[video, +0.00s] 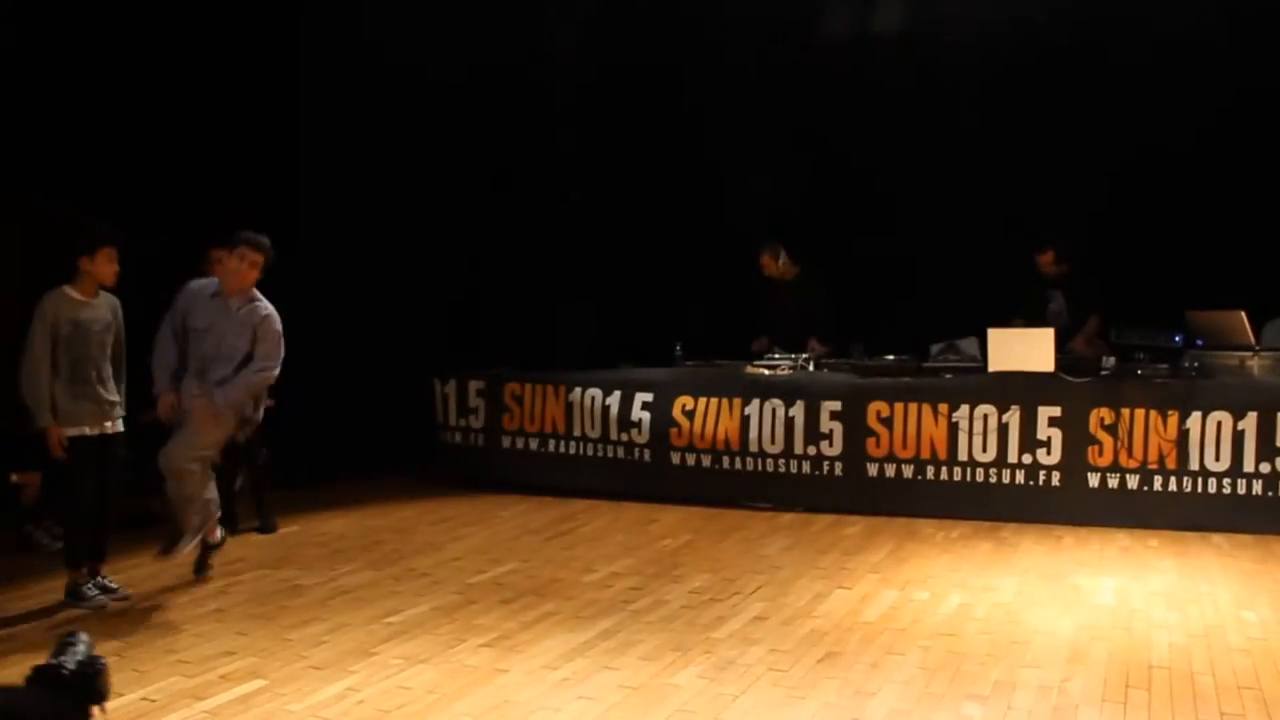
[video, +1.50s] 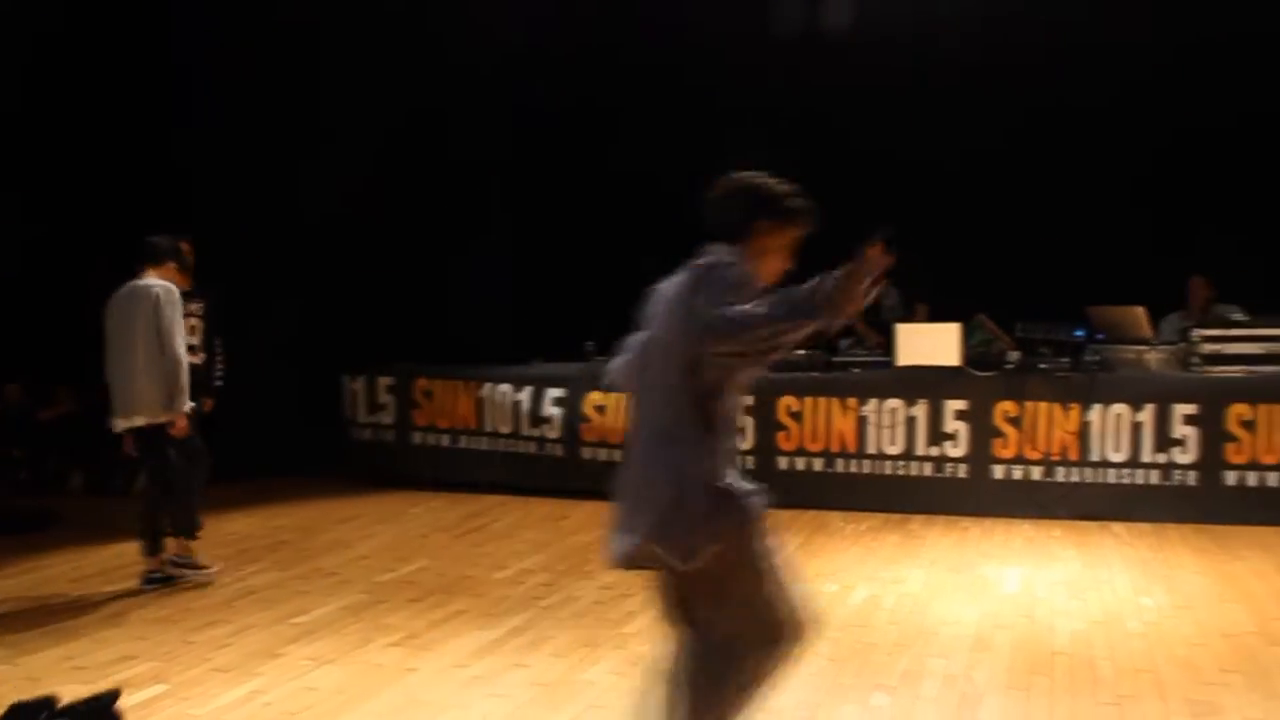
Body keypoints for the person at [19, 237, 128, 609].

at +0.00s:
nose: (115, 269)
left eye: (115, 262)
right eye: (108, 262)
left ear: (106, 267)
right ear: (85, 264)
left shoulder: (112, 306)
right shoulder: (54, 306)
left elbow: (117, 362)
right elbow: (37, 368)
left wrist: (118, 406)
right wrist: (48, 423)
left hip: (109, 426)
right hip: (71, 431)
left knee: (105, 503)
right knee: (77, 505)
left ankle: (97, 573)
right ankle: (77, 579)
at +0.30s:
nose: (135, 272)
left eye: (138, 264)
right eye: (127, 263)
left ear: (139, 269)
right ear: (106, 265)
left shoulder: (132, 310)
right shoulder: (76, 305)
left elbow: (135, 366)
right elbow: (52, 363)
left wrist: (138, 417)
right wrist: (56, 420)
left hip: (116, 426)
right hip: (79, 428)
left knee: (117, 503)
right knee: (83, 507)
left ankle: (110, 574)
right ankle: (79, 577)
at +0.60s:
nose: (157, 253)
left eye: (163, 246)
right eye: (149, 245)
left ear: (168, 252)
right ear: (132, 248)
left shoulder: (164, 296)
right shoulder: (113, 290)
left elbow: (166, 356)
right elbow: (94, 348)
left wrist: (165, 403)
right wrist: (94, 405)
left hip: (150, 413)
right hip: (117, 415)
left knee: (136, 493)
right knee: (125, 493)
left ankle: (119, 566)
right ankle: (116, 567)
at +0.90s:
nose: (207, 268)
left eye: (210, 259)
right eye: (201, 258)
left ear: (208, 262)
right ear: (181, 258)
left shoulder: (186, 304)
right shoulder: (160, 300)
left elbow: (179, 372)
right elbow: (144, 360)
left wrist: (193, 422)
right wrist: (143, 418)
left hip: (184, 422)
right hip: (164, 425)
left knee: (187, 490)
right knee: (174, 495)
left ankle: (149, 543)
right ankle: (167, 572)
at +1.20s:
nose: (217, 264)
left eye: (218, 256)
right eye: (213, 255)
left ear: (195, 255)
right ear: (194, 253)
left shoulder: (174, 292)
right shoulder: (185, 291)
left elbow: (167, 360)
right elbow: (189, 353)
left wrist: (162, 417)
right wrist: (198, 407)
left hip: (181, 414)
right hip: (182, 415)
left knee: (204, 486)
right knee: (164, 491)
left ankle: (221, 559)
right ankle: (142, 571)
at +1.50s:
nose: (179, 279)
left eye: (179, 273)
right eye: (179, 272)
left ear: (145, 265)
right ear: (169, 266)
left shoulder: (118, 299)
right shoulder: (165, 292)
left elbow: (116, 364)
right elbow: (176, 352)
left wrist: (124, 421)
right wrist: (181, 407)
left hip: (135, 412)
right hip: (164, 410)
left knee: (151, 482)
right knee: (184, 473)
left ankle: (153, 560)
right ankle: (182, 550)